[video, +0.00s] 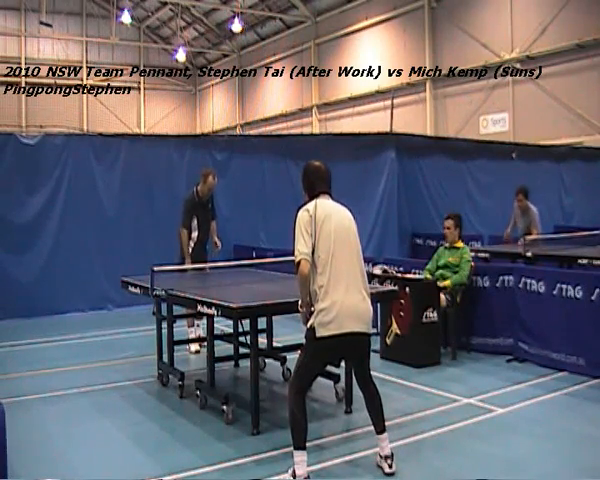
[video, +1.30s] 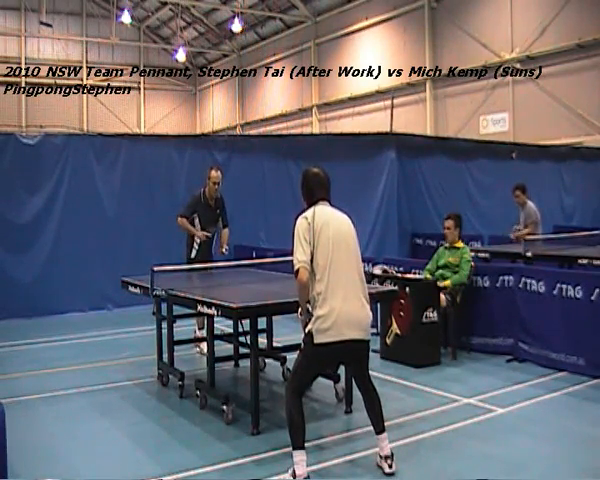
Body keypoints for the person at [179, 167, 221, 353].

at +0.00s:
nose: (211, 190)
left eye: (213, 186)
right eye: (209, 186)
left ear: (213, 185)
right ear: (201, 183)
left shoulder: (210, 197)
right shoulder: (190, 200)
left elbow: (212, 219)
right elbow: (184, 229)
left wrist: (214, 237)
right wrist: (187, 257)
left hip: (203, 247)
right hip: (191, 248)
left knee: (202, 285)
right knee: (189, 290)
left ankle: (198, 327)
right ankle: (191, 330)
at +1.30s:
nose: (216, 187)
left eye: (218, 183)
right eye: (213, 183)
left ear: (221, 183)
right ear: (207, 182)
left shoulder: (219, 200)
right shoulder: (198, 199)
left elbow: (224, 226)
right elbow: (181, 219)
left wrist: (223, 243)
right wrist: (196, 232)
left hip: (209, 250)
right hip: (196, 250)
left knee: (208, 292)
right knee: (199, 293)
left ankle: (201, 333)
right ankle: (200, 332)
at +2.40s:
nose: (222, 190)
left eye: (224, 187)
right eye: (220, 185)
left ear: (223, 187)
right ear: (211, 183)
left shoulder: (217, 202)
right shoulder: (201, 197)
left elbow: (214, 228)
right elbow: (185, 181)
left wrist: (218, 247)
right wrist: (190, 187)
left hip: (204, 249)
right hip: (190, 248)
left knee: (204, 286)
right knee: (193, 288)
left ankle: (199, 325)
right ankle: (192, 328)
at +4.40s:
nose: (221, 195)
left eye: (223, 192)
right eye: (220, 191)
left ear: (223, 190)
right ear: (212, 187)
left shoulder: (220, 201)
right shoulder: (199, 199)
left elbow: (220, 225)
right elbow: (190, 228)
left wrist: (222, 238)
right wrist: (197, 251)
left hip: (211, 247)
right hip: (197, 248)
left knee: (215, 284)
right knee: (197, 288)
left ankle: (214, 329)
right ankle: (196, 332)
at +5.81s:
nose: (223, 185)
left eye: (224, 182)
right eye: (220, 181)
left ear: (225, 182)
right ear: (212, 180)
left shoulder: (219, 196)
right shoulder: (205, 197)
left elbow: (222, 217)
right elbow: (214, 218)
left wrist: (230, 215)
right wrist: (231, 207)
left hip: (208, 249)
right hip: (199, 250)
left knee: (210, 291)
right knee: (204, 293)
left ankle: (204, 327)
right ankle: (203, 334)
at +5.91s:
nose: (224, 191)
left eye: (226, 188)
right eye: (223, 187)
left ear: (223, 187)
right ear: (214, 185)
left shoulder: (216, 201)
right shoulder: (207, 201)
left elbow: (219, 221)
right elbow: (218, 222)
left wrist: (231, 226)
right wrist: (233, 213)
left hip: (207, 251)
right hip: (199, 252)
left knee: (211, 288)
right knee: (207, 293)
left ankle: (202, 322)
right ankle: (204, 337)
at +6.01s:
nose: (225, 193)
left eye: (227, 189)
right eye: (224, 188)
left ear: (224, 187)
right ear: (216, 185)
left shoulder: (217, 200)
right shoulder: (206, 198)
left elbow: (219, 225)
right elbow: (214, 222)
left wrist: (230, 238)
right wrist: (232, 220)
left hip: (208, 249)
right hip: (198, 250)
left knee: (212, 286)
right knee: (206, 291)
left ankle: (202, 320)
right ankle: (204, 339)